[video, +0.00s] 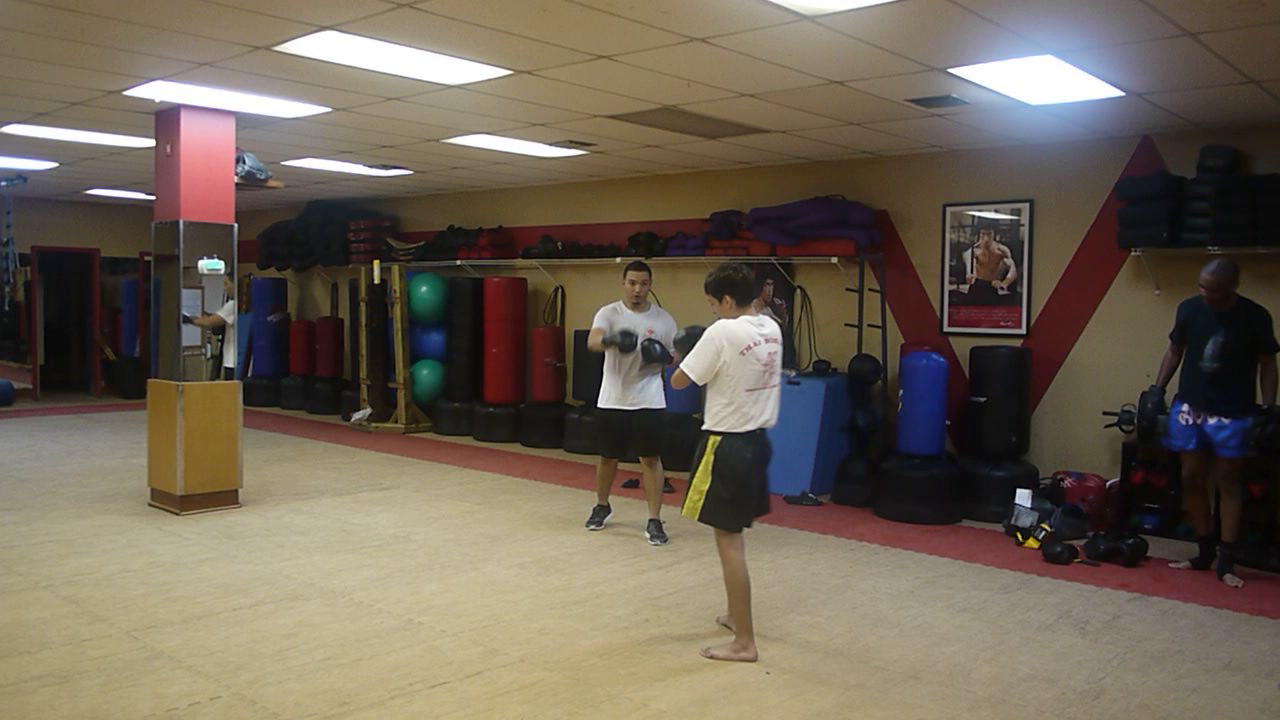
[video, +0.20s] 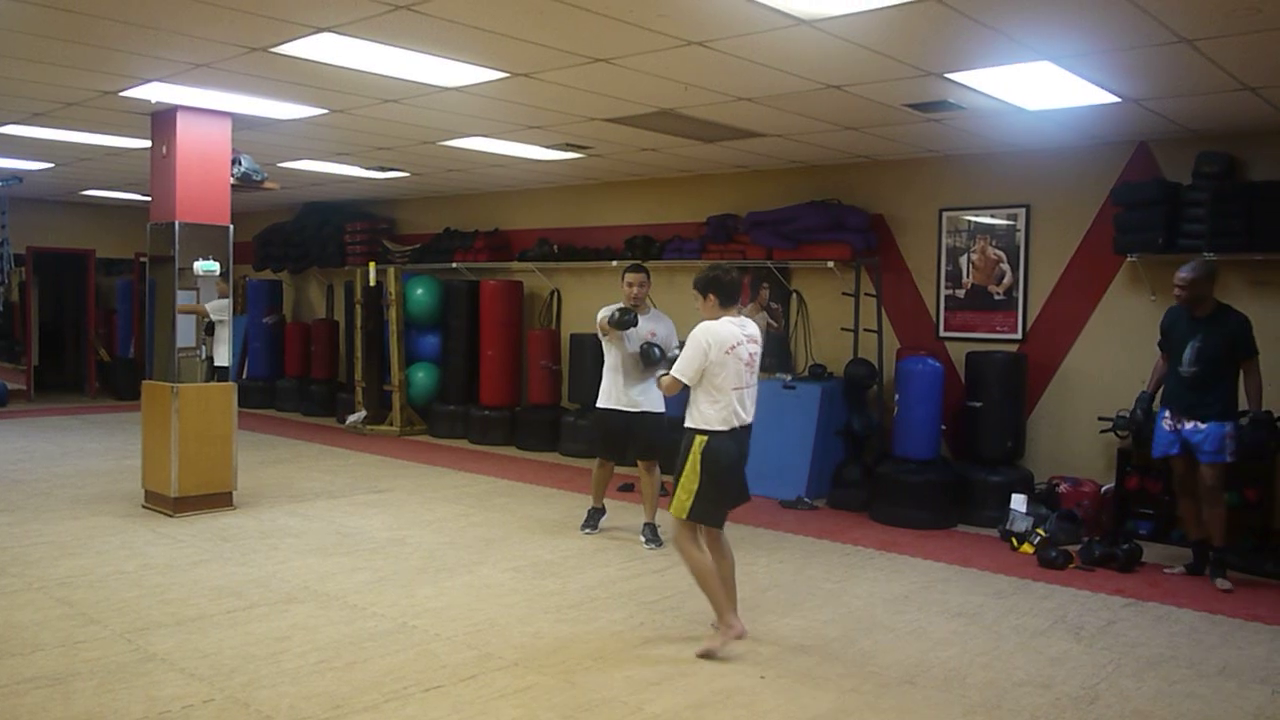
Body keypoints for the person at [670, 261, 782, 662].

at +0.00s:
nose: (712, 307)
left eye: (713, 300)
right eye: (712, 300)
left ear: (726, 299)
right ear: (748, 296)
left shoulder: (721, 332)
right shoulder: (772, 327)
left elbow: (678, 381)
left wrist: (682, 356)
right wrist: (706, 350)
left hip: (726, 446)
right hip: (756, 442)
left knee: (729, 543)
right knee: (733, 536)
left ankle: (744, 642)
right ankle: (737, 613)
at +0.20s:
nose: (698, 304)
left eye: (699, 298)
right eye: (698, 298)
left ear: (710, 298)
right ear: (733, 297)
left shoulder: (705, 332)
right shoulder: (752, 329)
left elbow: (669, 386)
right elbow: (728, 373)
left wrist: (662, 371)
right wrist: (687, 361)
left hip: (706, 441)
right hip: (736, 439)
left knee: (683, 532)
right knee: (714, 531)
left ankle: (727, 622)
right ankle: (730, 619)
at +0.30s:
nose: (689, 300)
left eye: (690, 295)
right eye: (690, 295)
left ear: (698, 295)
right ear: (726, 295)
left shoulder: (696, 330)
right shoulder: (742, 329)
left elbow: (666, 388)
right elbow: (718, 378)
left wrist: (648, 372)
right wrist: (676, 363)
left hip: (695, 439)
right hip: (731, 438)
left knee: (659, 523)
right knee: (713, 526)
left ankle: (702, 612)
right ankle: (735, 618)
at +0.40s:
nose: (674, 296)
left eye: (675, 291)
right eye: (677, 291)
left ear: (682, 292)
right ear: (713, 291)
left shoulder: (680, 327)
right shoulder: (729, 326)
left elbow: (656, 385)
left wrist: (639, 371)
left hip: (684, 436)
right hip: (721, 434)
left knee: (646, 520)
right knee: (713, 524)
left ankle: (660, 617)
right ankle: (735, 615)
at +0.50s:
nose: (657, 294)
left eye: (659, 289)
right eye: (660, 289)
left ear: (668, 292)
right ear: (701, 292)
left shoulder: (666, 328)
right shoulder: (719, 326)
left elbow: (645, 387)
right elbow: (726, 372)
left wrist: (632, 371)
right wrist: (682, 365)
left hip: (674, 437)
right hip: (714, 435)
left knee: (640, 522)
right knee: (709, 525)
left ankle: (626, 615)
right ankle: (735, 616)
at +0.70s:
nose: (613, 292)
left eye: (616, 287)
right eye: (614, 284)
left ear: (625, 295)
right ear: (657, 295)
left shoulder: (613, 331)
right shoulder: (681, 327)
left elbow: (589, 390)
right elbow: (703, 381)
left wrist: (622, 379)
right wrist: (667, 366)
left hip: (631, 440)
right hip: (678, 438)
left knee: (611, 525)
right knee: (696, 528)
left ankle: (603, 611)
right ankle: (728, 613)